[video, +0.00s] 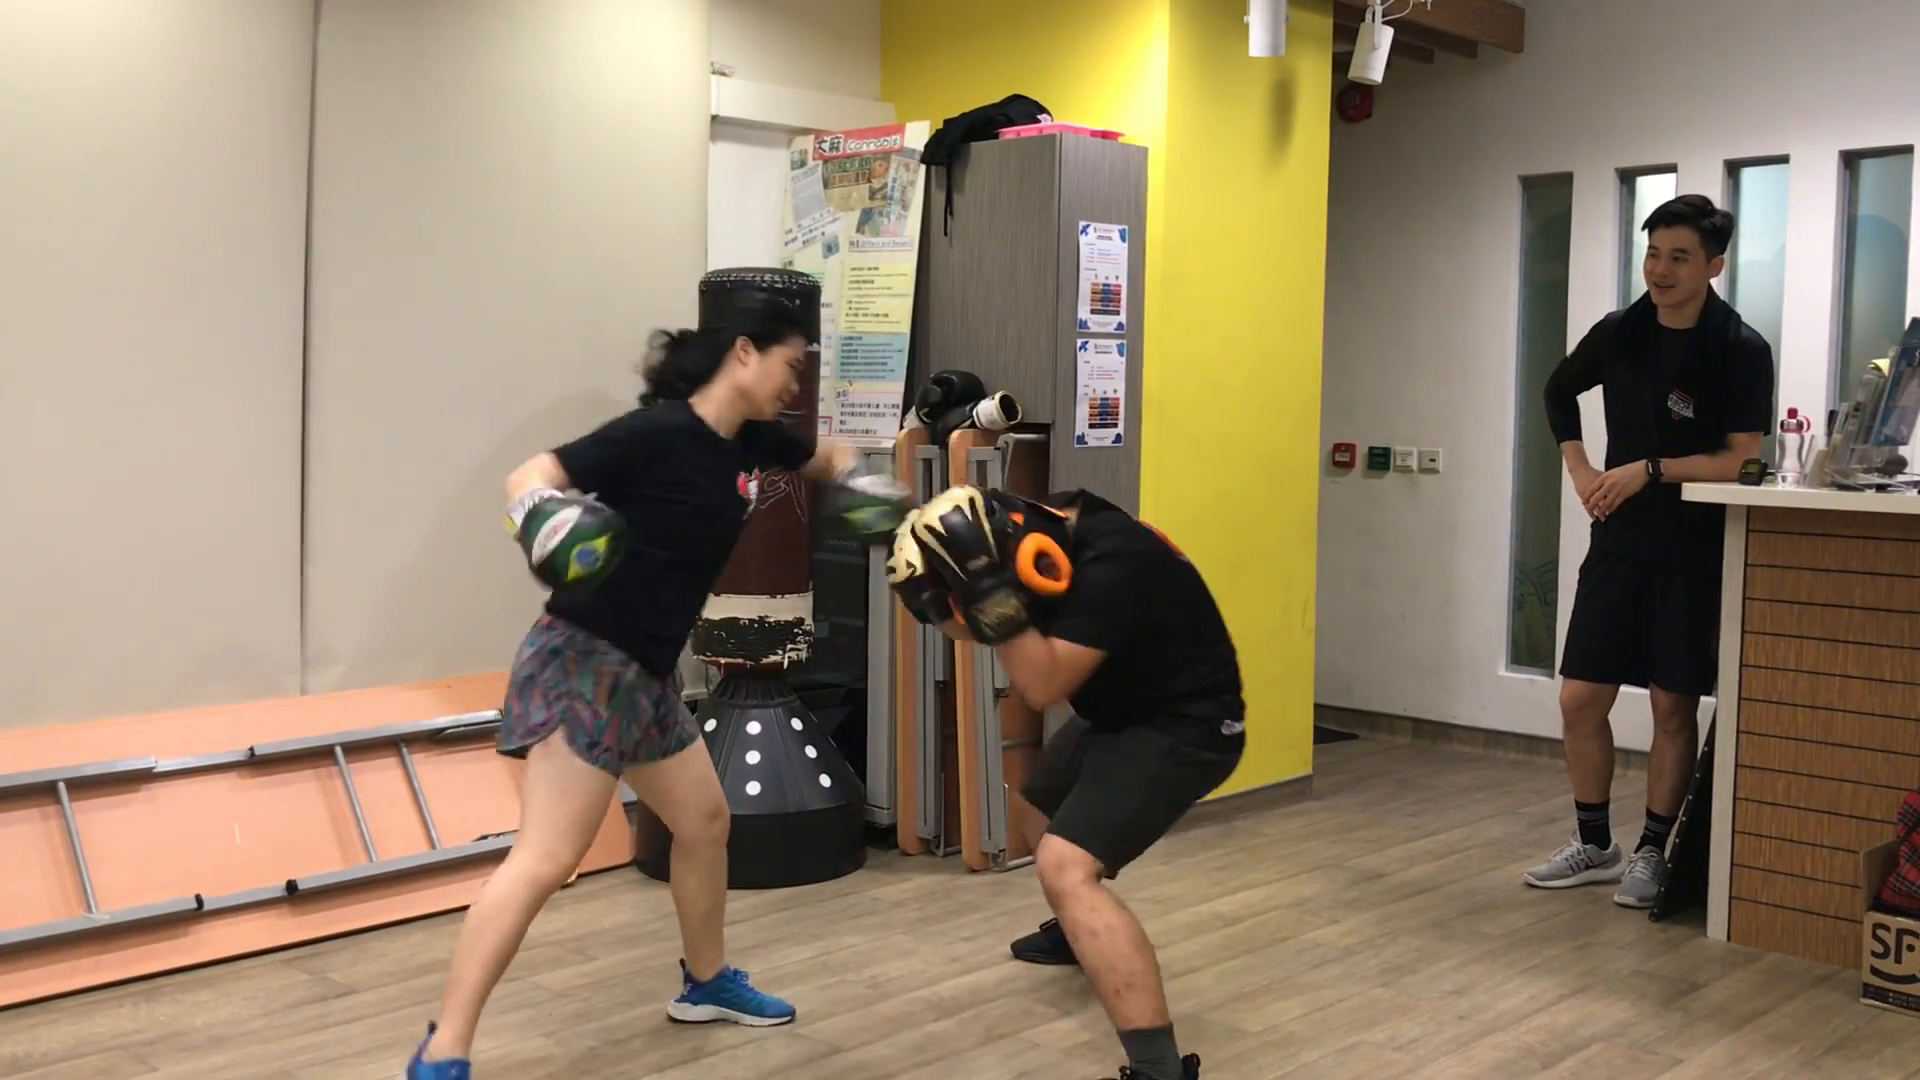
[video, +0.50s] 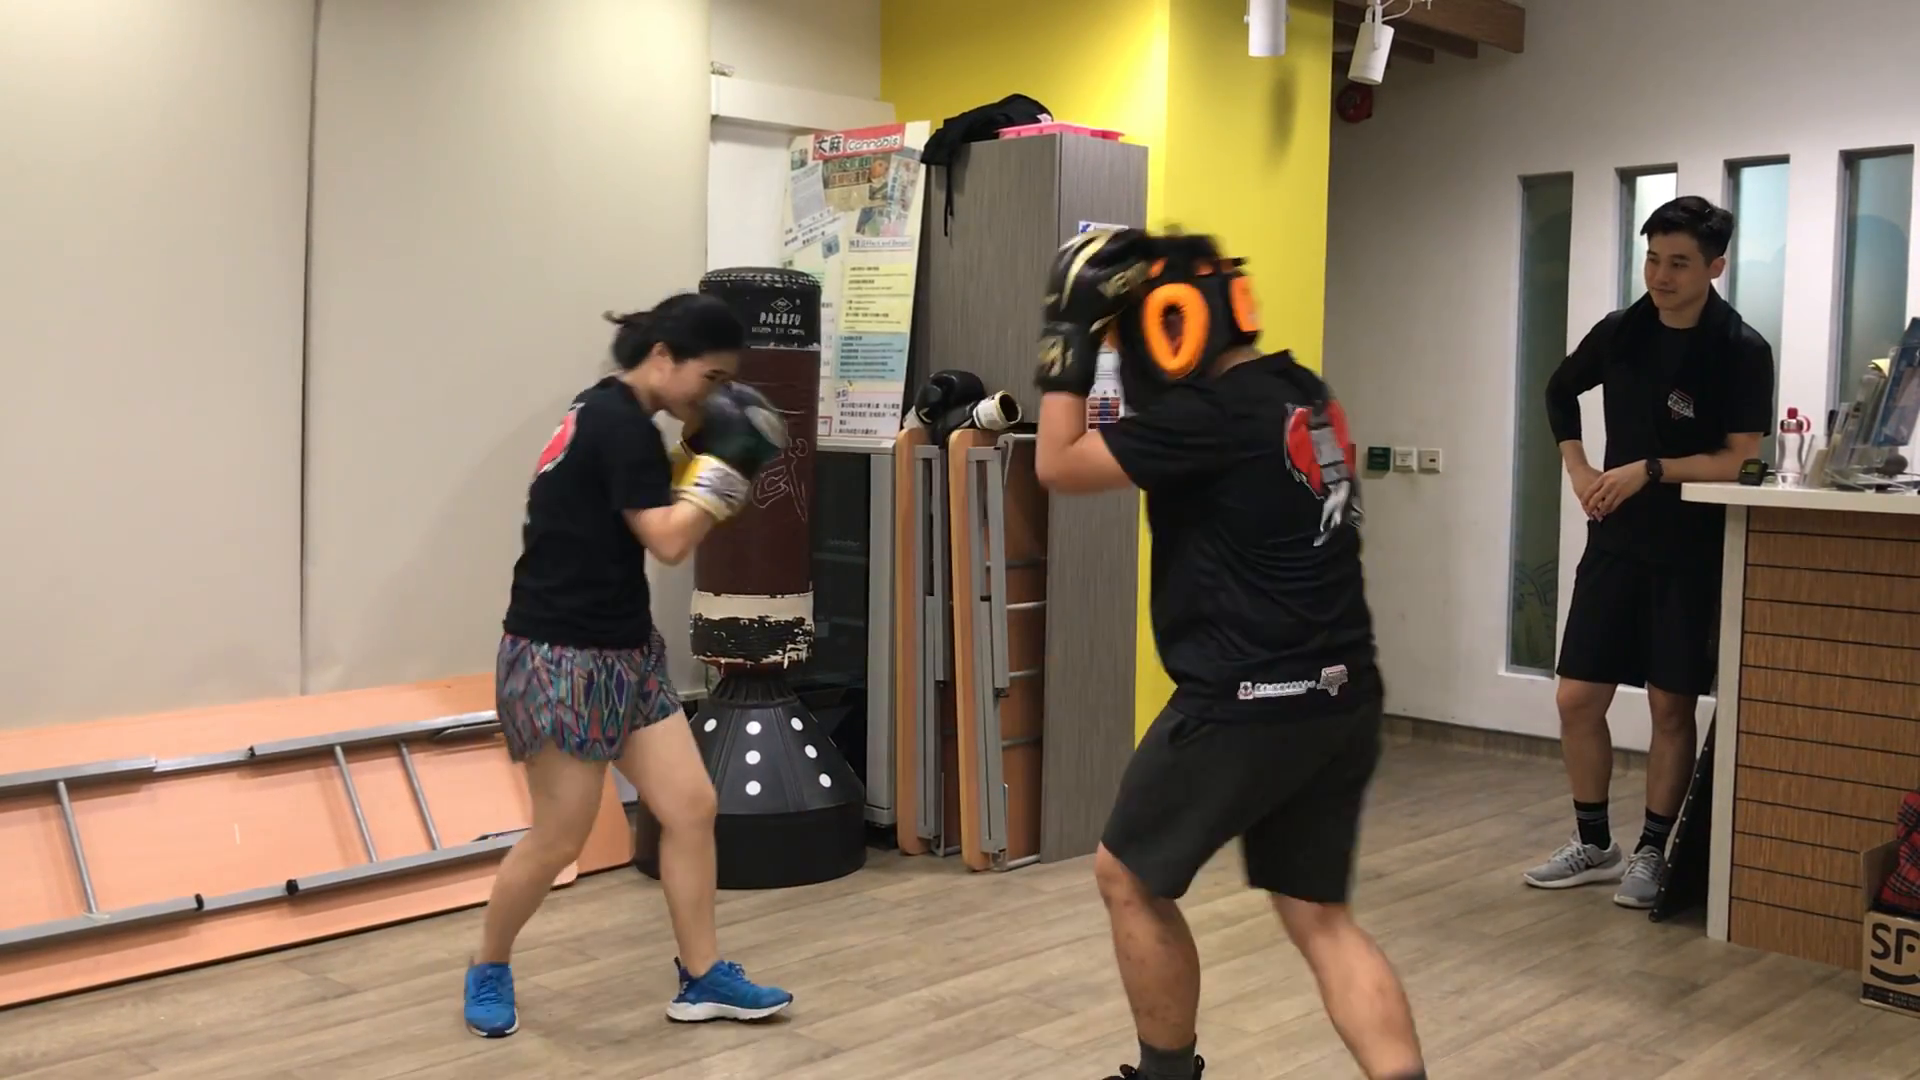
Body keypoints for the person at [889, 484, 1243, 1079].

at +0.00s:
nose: (959, 628)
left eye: (955, 615)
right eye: (948, 619)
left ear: (1006, 565)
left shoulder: (1115, 562)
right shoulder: (1053, 538)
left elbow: (1043, 686)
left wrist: (990, 596)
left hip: (1185, 725)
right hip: (1120, 712)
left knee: (1066, 863)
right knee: (1039, 801)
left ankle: (1159, 1066)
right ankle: (1078, 926)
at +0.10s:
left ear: (1028, 535)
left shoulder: (1140, 544)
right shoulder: (1053, 531)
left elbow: (1085, 682)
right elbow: (983, 632)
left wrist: (1011, 590)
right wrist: (947, 584)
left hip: (1211, 722)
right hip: (1148, 712)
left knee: (1064, 866)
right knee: (1100, 823)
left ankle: (1157, 1068)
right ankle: (1079, 929)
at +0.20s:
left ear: (1051, 473)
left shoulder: (1157, 512)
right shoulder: (1087, 496)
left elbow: (1078, 636)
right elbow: (1018, 589)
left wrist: (1010, 523)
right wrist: (973, 510)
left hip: (1234, 708)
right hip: (1176, 701)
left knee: (1077, 873)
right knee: (1143, 830)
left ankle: (1159, 1068)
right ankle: (1168, 967)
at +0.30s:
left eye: (1048, 427)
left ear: (1083, 418)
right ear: (1096, 400)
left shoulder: (1179, 462)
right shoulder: (1145, 442)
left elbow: (1061, 571)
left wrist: (1015, 451)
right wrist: (988, 423)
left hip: (1245, 702)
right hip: (1211, 693)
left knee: (1095, 882)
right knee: (1176, 845)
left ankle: (1162, 1071)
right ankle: (1275, 1012)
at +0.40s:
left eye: (1075, 372)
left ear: (1116, 365)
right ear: (1156, 337)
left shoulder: (1190, 429)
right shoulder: (1236, 395)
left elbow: (1051, 505)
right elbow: (1113, 467)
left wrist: (1036, 395)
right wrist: (1067, 389)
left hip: (1234, 700)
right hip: (1304, 688)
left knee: (1113, 876)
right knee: (1231, 872)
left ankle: (1165, 1069)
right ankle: (1361, 1050)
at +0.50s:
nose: (1146, 350)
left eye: (1149, 329)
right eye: (1141, 331)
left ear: (1176, 328)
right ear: (1228, 315)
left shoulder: (1208, 414)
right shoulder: (1303, 392)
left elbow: (1059, 462)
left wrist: (1067, 339)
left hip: (1239, 706)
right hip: (1340, 698)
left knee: (1130, 875)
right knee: (1315, 909)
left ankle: (1166, 1068)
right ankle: (1404, 1074)